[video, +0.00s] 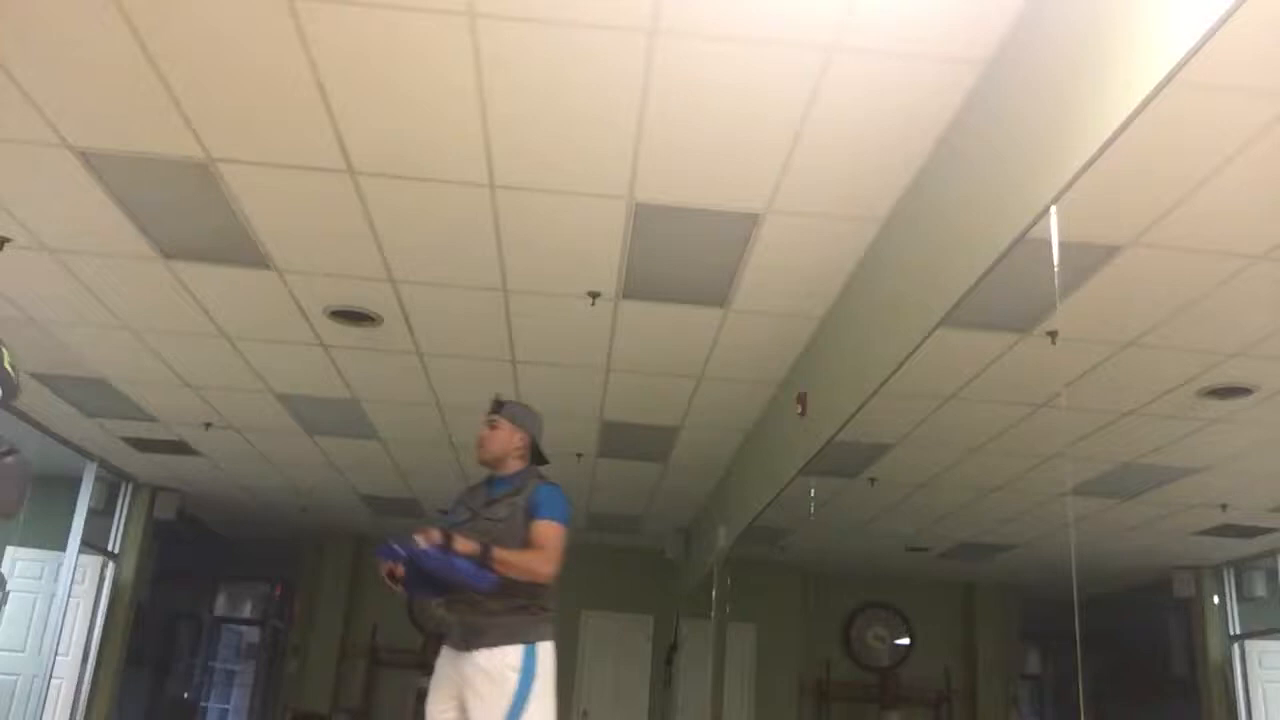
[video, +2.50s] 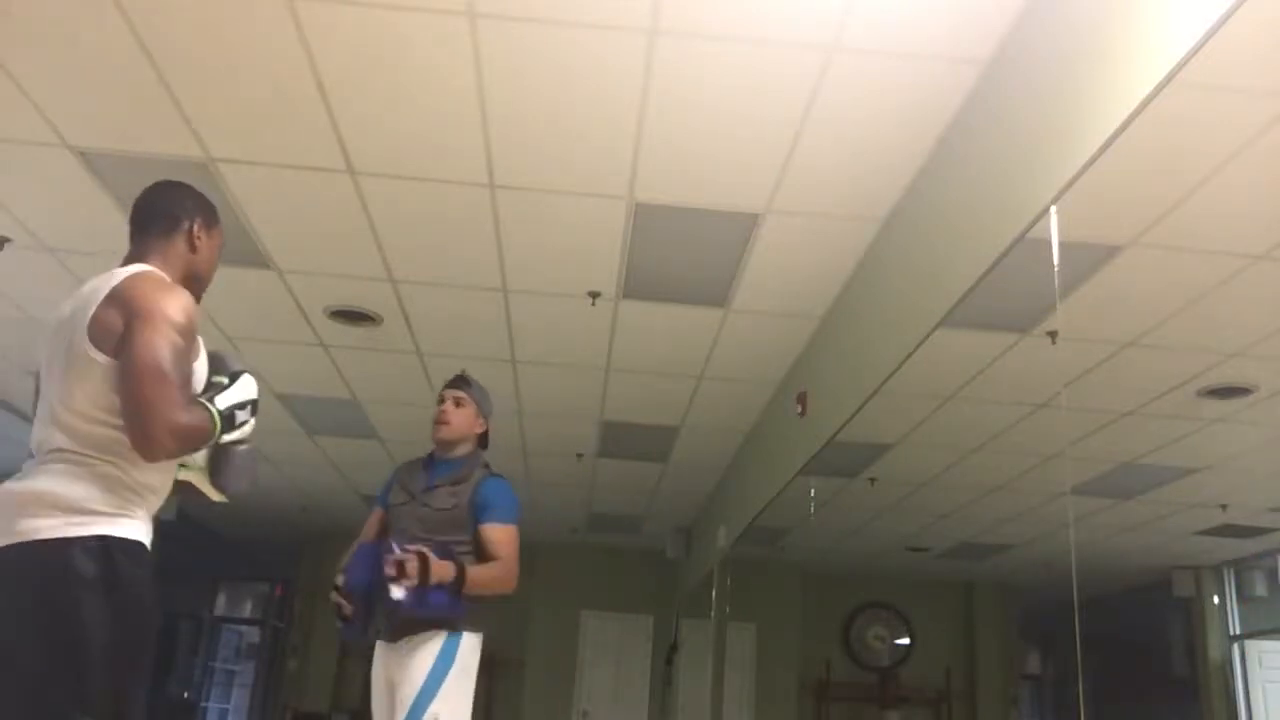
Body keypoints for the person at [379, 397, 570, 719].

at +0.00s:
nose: (481, 433)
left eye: (492, 425)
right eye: (484, 426)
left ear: (521, 440)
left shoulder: (544, 494)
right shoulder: (471, 496)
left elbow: (545, 566)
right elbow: (445, 552)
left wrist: (476, 550)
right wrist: (406, 570)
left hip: (513, 653)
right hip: (456, 649)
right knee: (440, 712)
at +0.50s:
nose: (545, 438)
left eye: (557, 432)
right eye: (546, 431)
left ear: (584, 448)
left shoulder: (608, 509)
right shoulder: (517, 497)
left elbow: (626, 590)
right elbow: (485, 565)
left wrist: (569, 607)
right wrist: (488, 607)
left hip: (574, 667)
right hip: (511, 662)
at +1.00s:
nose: (548, 437)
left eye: (561, 431)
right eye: (547, 430)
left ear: (587, 447)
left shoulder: (605, 506)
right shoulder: (518, 499)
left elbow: (620, 587)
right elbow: (488, 567)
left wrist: (555, 593)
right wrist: (485, 603)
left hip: (569, 664)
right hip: (507, 660)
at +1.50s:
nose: (502, 433)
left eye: (515, 426)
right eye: (501, 426)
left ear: (540, 442)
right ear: (498, 435)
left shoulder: (556, 495)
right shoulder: (480, 497)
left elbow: (563, 573)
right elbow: (450, 556)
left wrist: (489, 572)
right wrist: (438, 578)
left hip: (516, 657)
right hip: (455, 651)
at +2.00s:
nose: (463, 428)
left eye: (476, 420)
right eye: (460, 420)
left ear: (500, 437)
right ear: (455, 429)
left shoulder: (516, 489)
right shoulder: (434, 488)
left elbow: (528, 566)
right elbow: (401, 550)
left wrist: (482, 516)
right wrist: (389, 587)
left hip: (477, 632)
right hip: (422, 631)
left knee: (460, 713)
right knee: (411, 713)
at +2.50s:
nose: (443, 408)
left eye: (457, 403)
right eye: (441, 401)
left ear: (480, 424)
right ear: (432, 413)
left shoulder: (489, 488)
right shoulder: (404, 476)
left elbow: (506, 575)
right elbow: (366, 542)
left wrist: (442, 572)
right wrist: (347, 581)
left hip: (445, 640)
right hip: (390, 637)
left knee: (427, 712)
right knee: (387, 712)